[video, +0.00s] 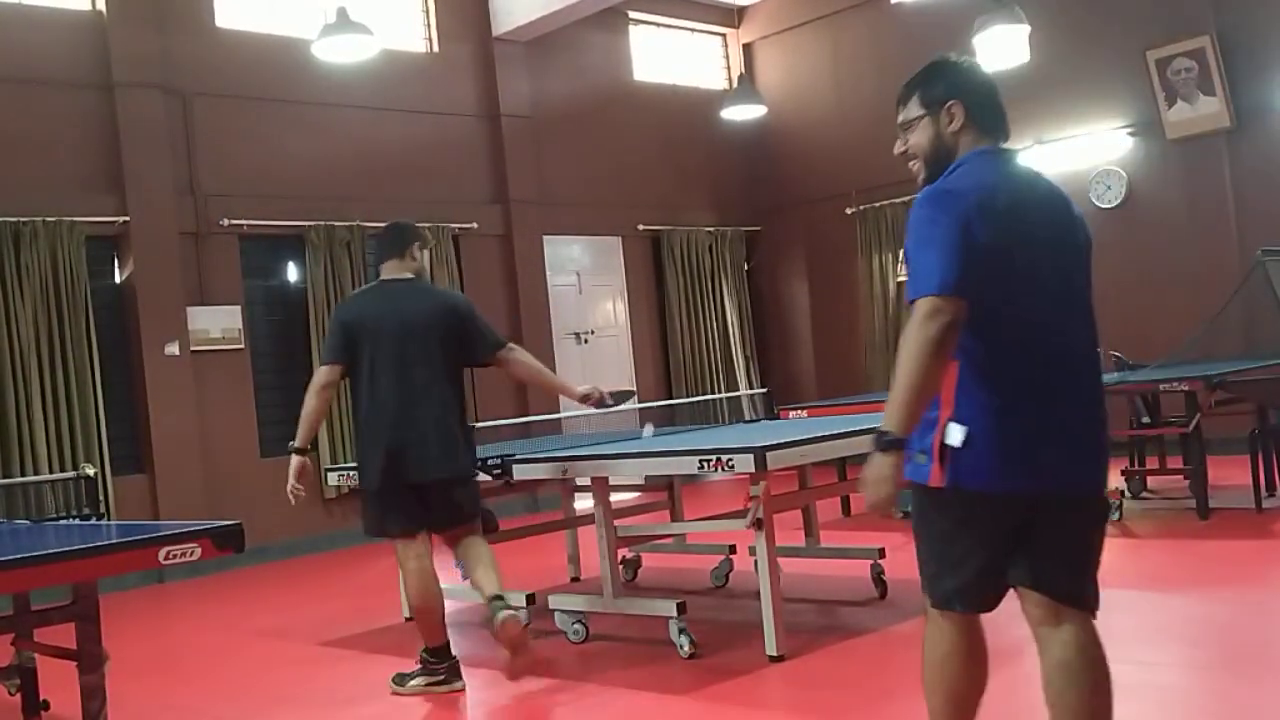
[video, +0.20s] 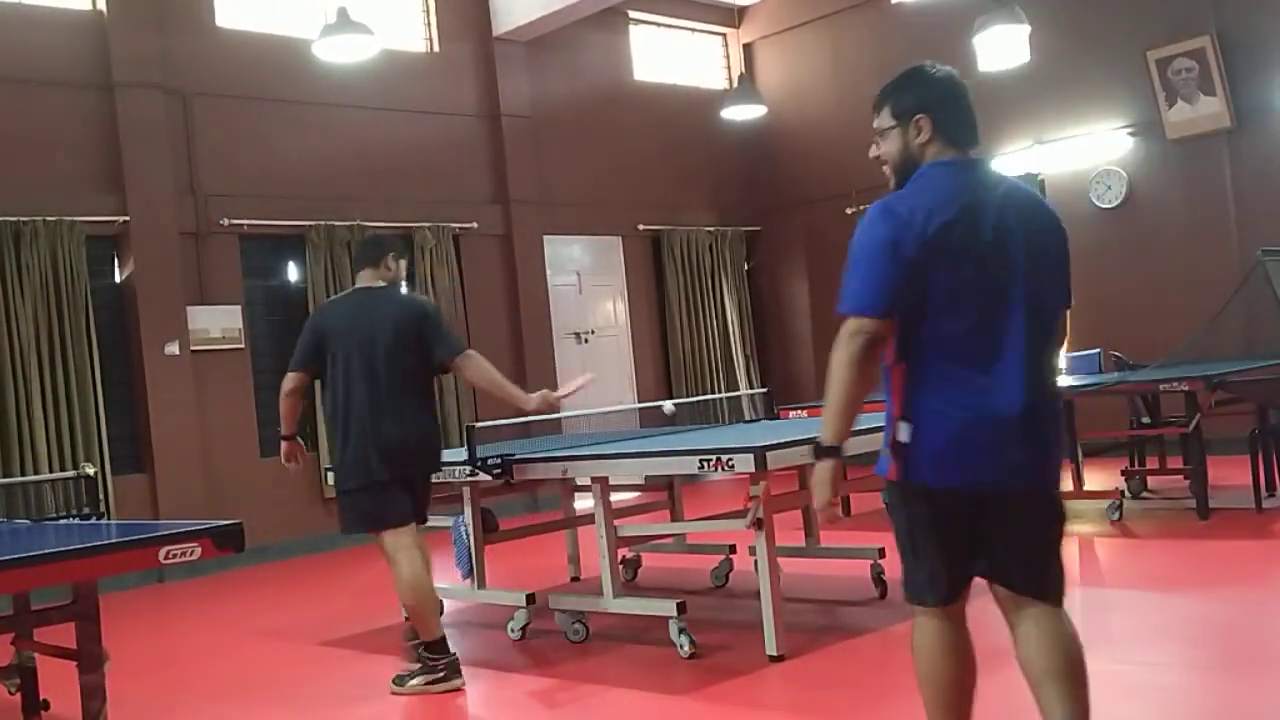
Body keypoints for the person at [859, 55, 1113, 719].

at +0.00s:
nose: (901, 148)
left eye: (907, 127)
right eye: (898, 133)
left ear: (952, 116)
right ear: (968, 121)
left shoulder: (945, 200)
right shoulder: (1056, 200)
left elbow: (937, 311)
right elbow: (1069, 334)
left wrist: (889, 443)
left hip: (974, 457)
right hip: (1071, 452)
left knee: (950, 613)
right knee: (1061, 614)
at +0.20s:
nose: (874, 152)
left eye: (881, 134)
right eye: (873, 137)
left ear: (922, 129)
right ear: (939, 130)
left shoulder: (894, 219)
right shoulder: (1036, 210)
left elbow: (861, 337)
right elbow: (1051, 334)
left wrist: (829, 451)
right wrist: (1015, 403)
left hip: (933, 453)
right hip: (1027, 446)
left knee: (936, 609)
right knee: (1033, 600)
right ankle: (1068, 716)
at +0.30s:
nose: (869, 155)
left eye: (872, 139)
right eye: (868, 141)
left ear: (906, 134)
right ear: (952, 133)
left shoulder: (880, 223)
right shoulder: (1028, 213)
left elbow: (836, 345)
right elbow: (1054, 332)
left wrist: (807, 451)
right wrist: (1035, 410)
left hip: (920, 454)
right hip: (1014, 445)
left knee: (933, 602)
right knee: (1024, 580)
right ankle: (1057, 713)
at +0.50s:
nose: (871, 153)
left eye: (872, 140)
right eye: (872, 141)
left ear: (891, 141)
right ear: (955, 139)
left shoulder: (864, 226)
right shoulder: (1013, 216)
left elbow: (822, 341)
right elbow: (1051, 334)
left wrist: (814, 416)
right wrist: (1063, 429)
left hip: (912, 447)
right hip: (1005, 438)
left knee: (935, 595)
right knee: (1018, 572)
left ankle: (948, 719)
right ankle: (1038, 711)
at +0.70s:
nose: (892, 167)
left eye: (894, 157)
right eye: (894, 157)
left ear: (908, 161)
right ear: (968, 158)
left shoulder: (880, 242)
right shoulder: (1021, 237)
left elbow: (846, 350)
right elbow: (1057, 351)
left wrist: (847, 412)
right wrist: (1086, 447)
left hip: (919, 454)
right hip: (1006, 451)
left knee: (936, 594)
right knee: (1014, 577)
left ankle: (950, 717)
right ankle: (1031, 705)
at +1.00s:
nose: (919, 170)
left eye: (919, 160)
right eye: (921, 160)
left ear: (930, 160)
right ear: (991, 156)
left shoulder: (903, 234)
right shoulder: (1040, 229)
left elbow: (875, 341)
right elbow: (1079, 337)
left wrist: (887, 402)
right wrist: (1091, 418)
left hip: (934, 435)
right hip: (1019, 433)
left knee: (925, 542)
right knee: (1019, 556)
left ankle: (951, 674)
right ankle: (1032, 703)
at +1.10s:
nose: (917, 176)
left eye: (917, 167)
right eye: (919, 166)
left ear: (928, 167)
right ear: (987, 162)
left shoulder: (904, 240)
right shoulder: (1036, 231)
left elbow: (876, 345)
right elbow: (1078, 333)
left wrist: (882, 390)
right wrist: (1088, 403)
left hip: (936, 432)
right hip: (1018, 430)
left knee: (934, 539)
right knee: (1018, 554)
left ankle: (958, 675)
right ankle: (1032, 700)